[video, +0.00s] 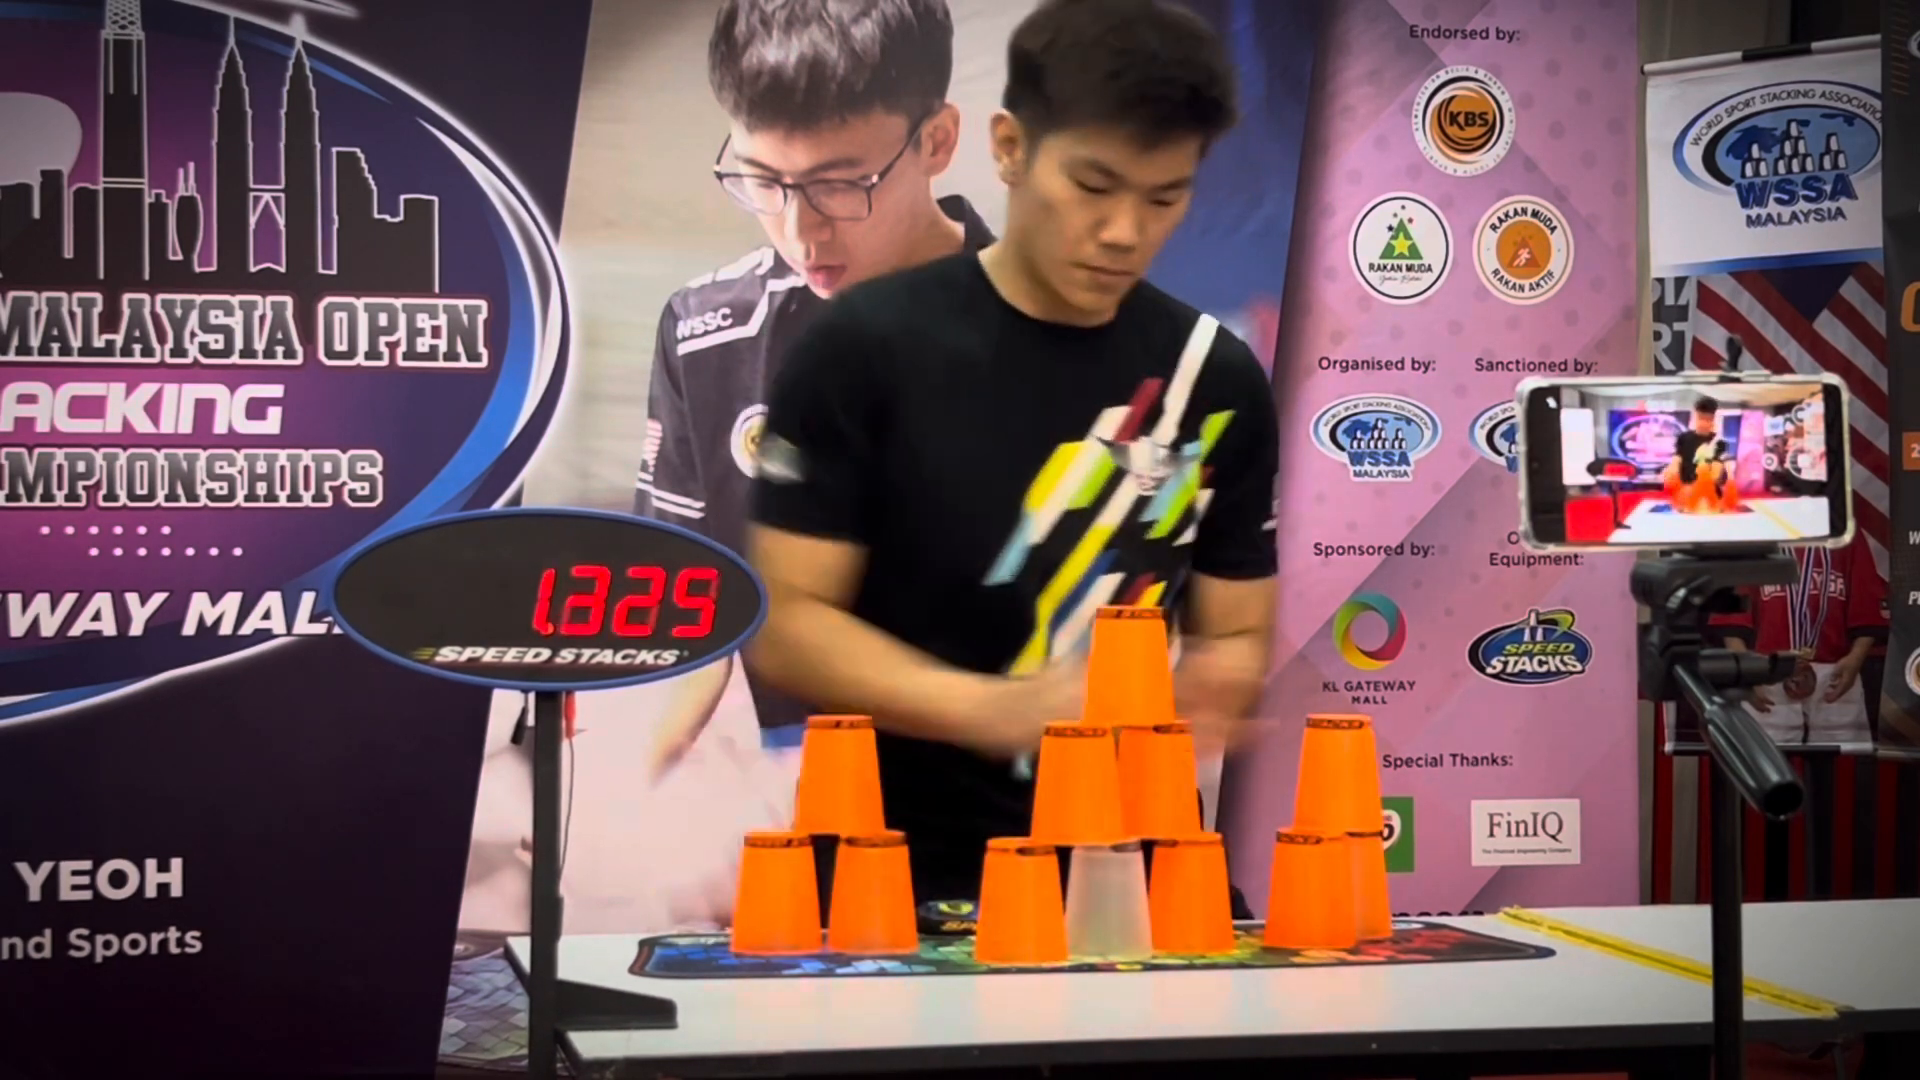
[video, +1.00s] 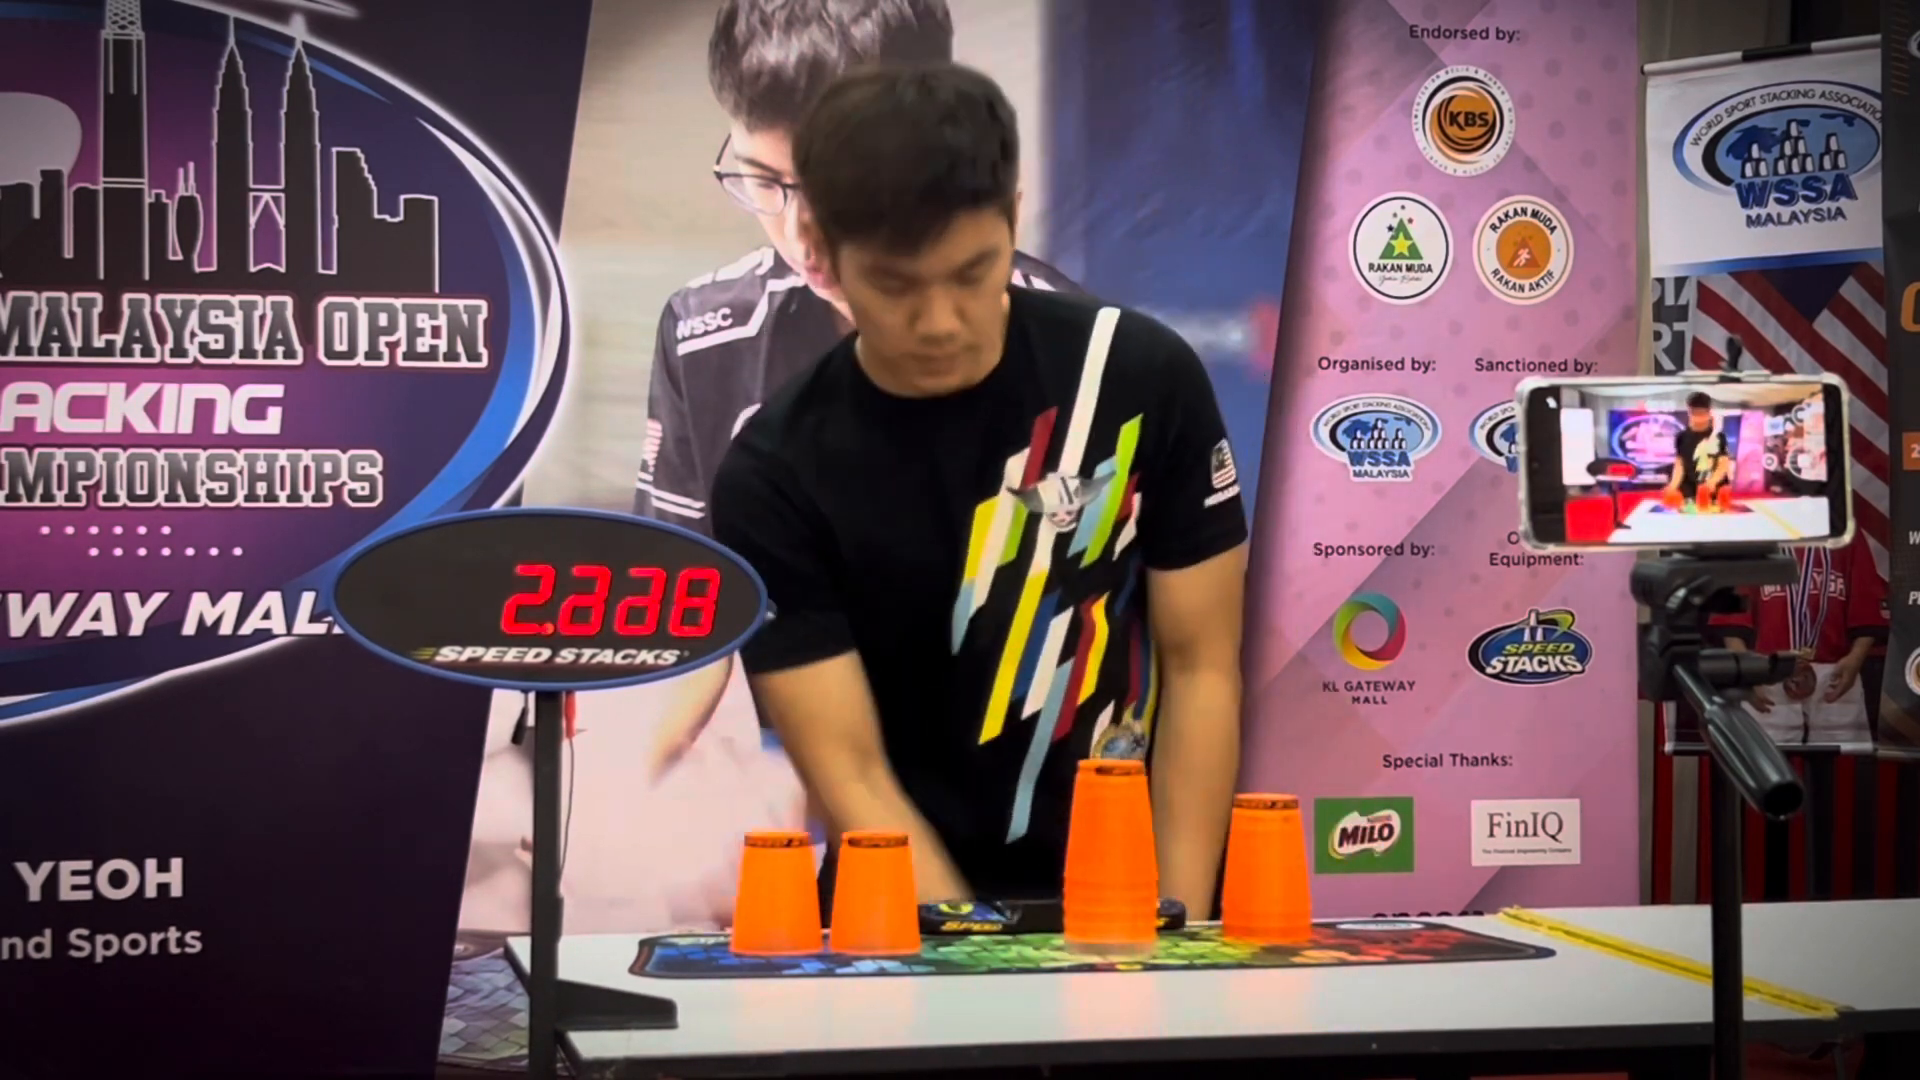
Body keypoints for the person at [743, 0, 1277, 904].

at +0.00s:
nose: (1124, 233)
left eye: (1163, 198)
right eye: (1093, 183)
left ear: (1194, 181)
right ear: (1008, 149)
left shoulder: (1218, 383)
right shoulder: (859, 347)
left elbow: (1236, 644)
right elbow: (784, 626)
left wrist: (1147, 710)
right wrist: (994, 709)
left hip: (1121, 887)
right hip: (895, 879)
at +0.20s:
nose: (1173, 232)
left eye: (1213, 196)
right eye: (1140, 183)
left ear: (1243, 182)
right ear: (1059, 151)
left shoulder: (1257, 378)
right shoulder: (932, 342)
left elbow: (1300, 637)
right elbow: (884, 639)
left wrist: (1326, 726)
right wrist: (1151, 701)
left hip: (1168, 875)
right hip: (953, 873)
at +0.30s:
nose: (1160, 225)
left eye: (1203, 189)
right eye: (1127, 174)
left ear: (1236, 176)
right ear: (1053, 139)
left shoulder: (1261, 375)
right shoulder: (918, 338)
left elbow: (1277, 627)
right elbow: (887, 630)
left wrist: (1263, 698)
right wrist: (1038, 686)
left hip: (1168, 877)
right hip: (946, 872)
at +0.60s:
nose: (1073, 209)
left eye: (1120, 174)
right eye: (1043, 158)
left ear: (1174, 158)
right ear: (988, 120)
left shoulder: (1222, 366)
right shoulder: (846, 334)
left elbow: (1242, 645)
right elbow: (784, 612)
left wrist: (1169, 797)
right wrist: (927, 734)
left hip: (1113, 882)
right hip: (882, 871)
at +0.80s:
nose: (997, 205)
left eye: (1041, 164)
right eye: (960, 157)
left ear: (1097, 140)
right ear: (908, 123)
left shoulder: (1192, 335)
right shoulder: (809, 367)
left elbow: (1260, 590)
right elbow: (774, 647)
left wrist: (1148, 759)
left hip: (1143, 877)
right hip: (896, 876)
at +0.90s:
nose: (951, 254)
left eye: (990, 210)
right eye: (912, 212)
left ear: (1041, 181)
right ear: (856, 188)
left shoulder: (1163, 361)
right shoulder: (787, 427)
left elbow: (1239, 620)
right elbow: (780, 726)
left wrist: (1133, 859)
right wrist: (810, 948)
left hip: (1130, 905)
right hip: (904, 916)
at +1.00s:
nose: (939, 321)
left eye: (973, 272)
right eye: (894, 283)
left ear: (1013, 225)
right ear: (823, 260)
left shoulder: (1144, 378)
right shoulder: (774, 474)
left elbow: (1199, 666)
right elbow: (852, 778)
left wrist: (1177, 930)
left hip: (1117, 921)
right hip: (915, 933)